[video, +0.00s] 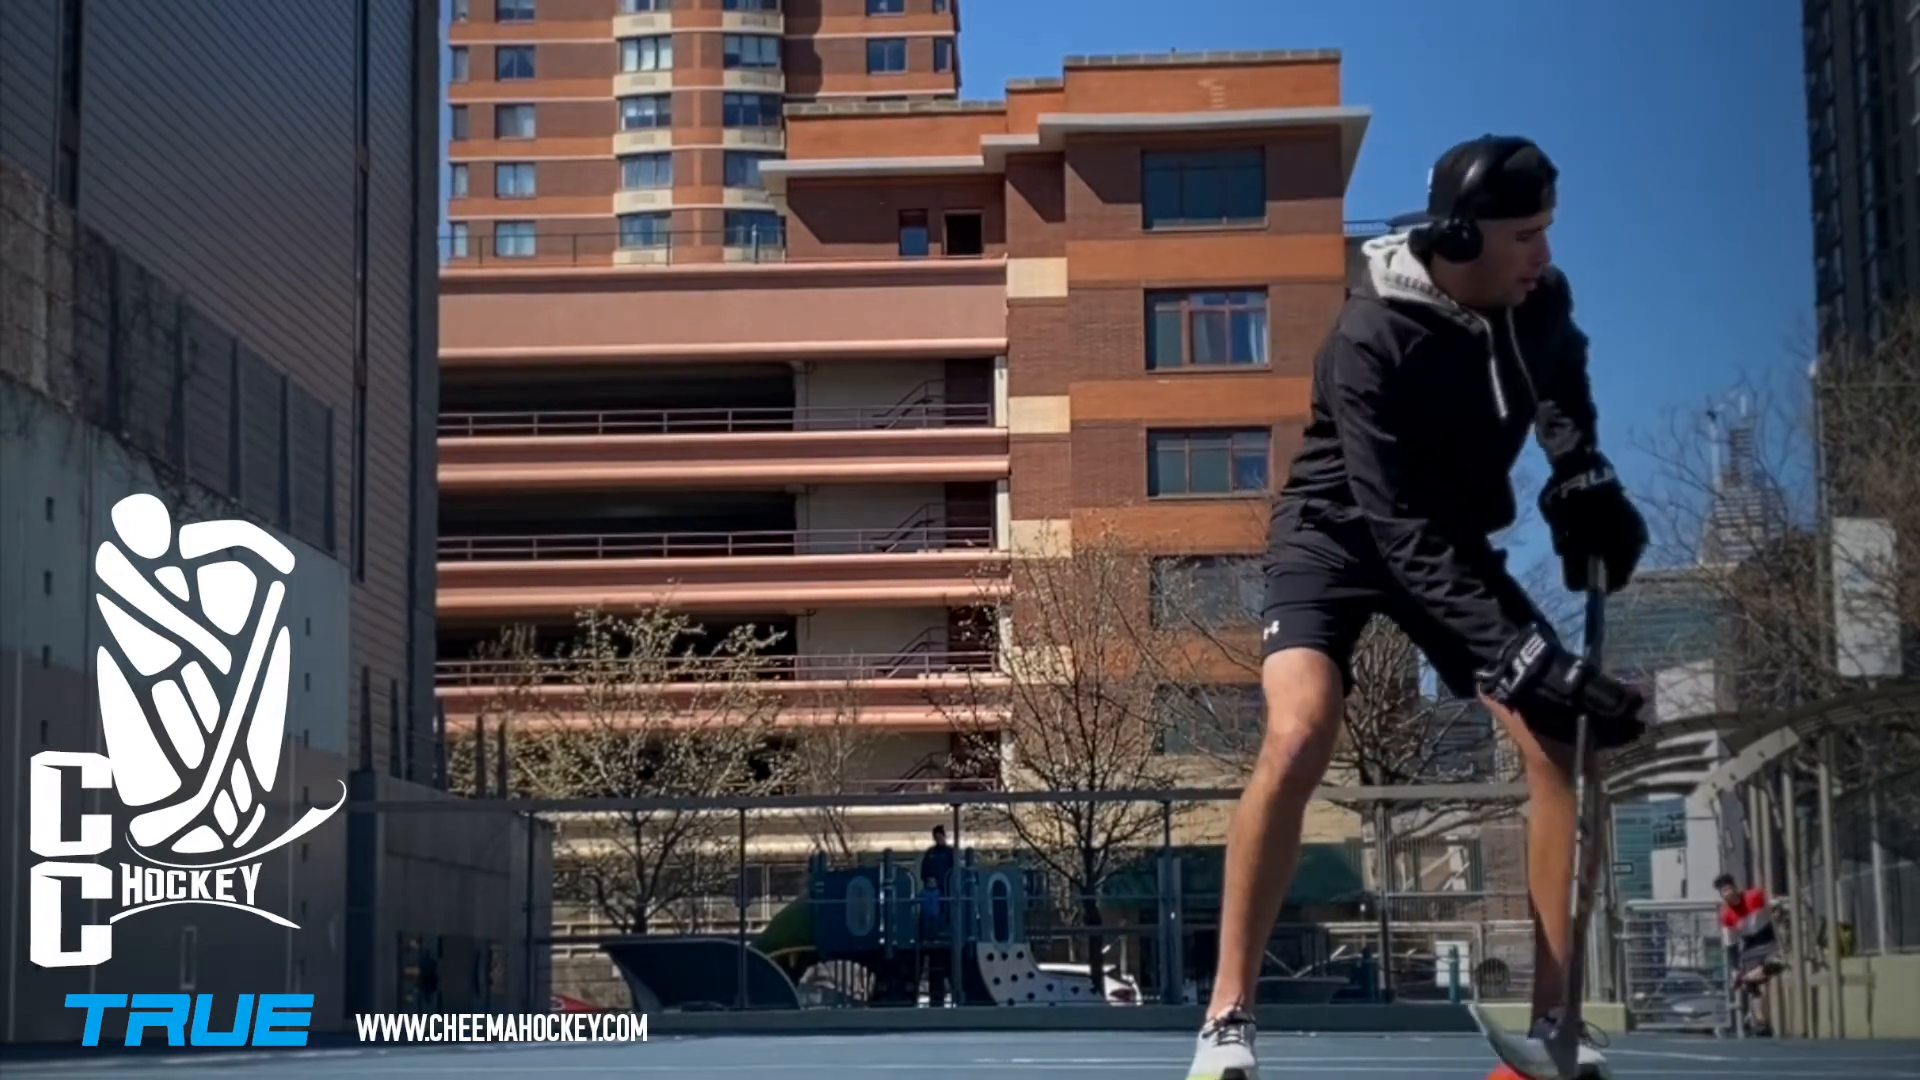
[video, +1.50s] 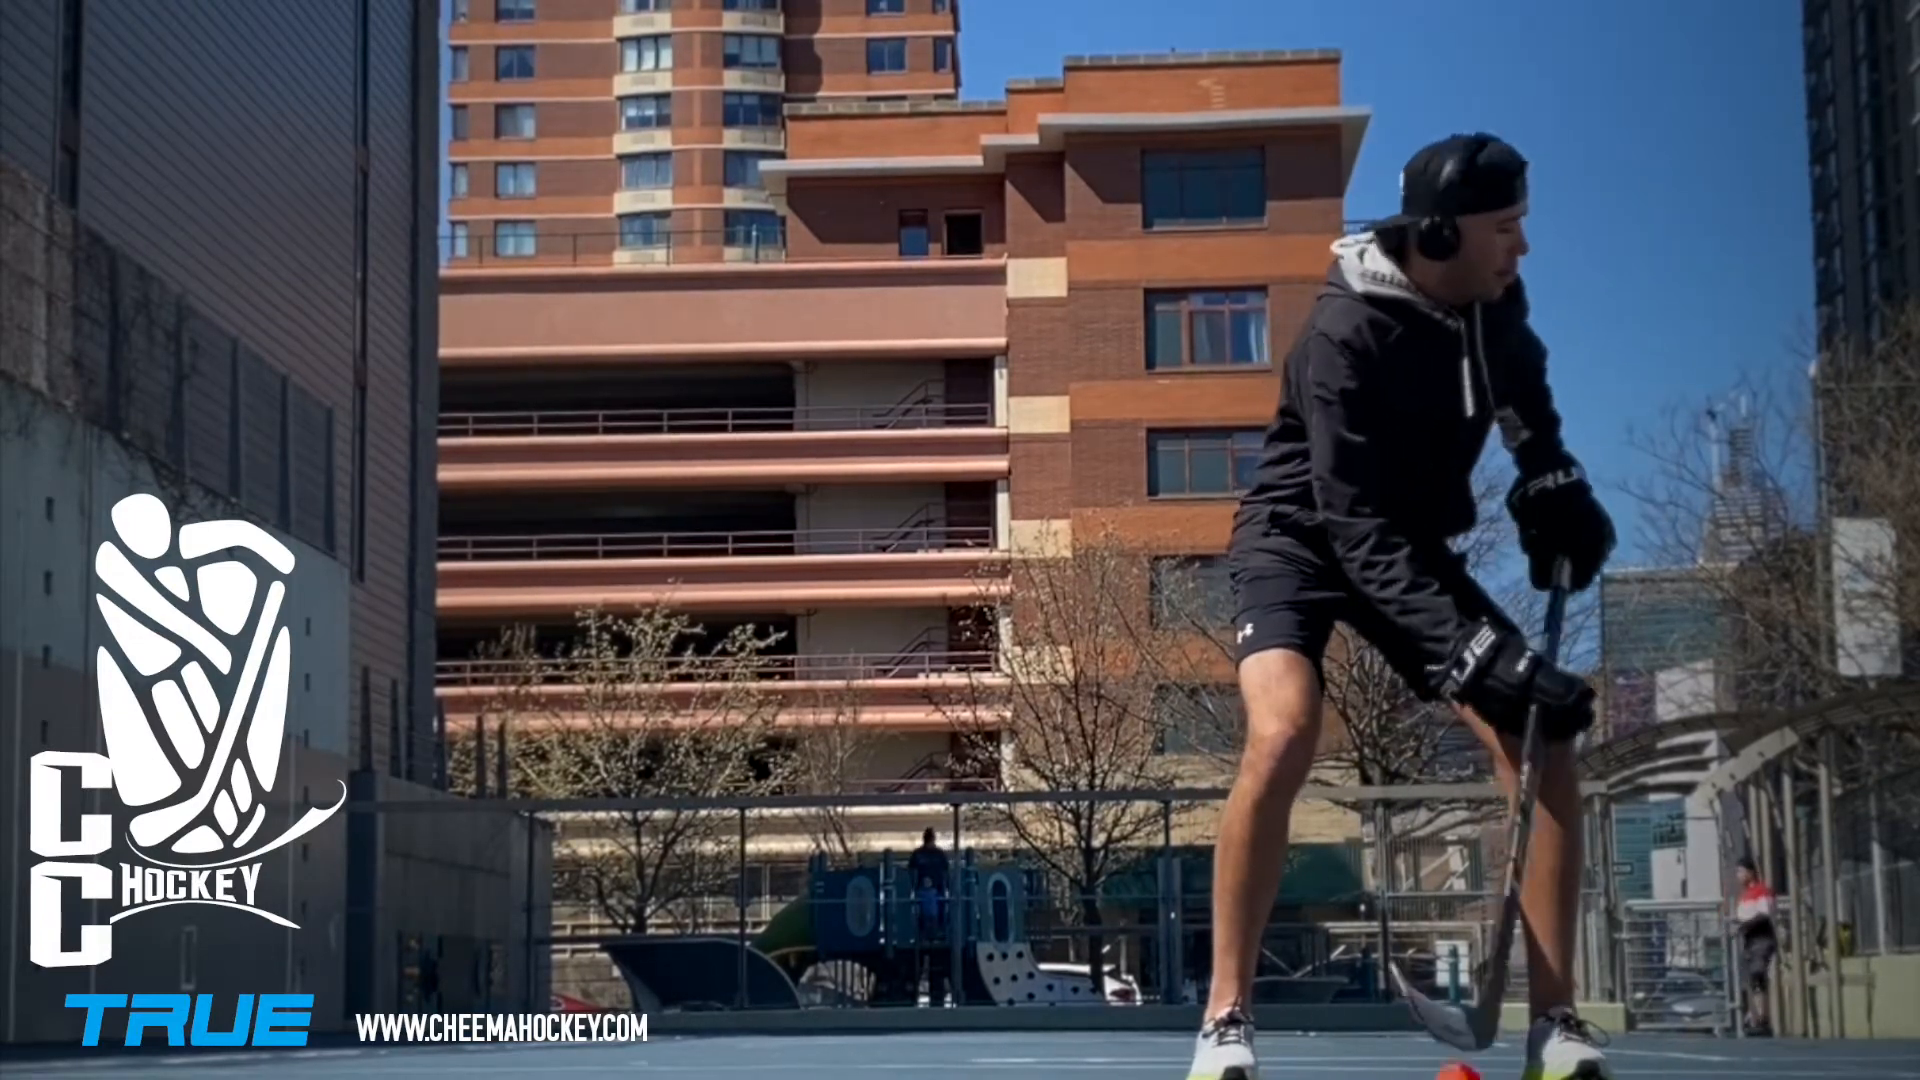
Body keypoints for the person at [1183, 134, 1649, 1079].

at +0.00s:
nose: (1543, 255)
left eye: (1546, 234)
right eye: (1525, 238)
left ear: (1534, 230)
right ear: (1462, 240)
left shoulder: (1537, 301)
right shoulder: (1372, 338)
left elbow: (1561, 391)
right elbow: (1404, 538)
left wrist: (1582, 478)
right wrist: (1544, 667)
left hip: (1455, 537)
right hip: (1335, 532)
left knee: (1557, 739)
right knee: (1298, 736)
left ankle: (1556, 1020)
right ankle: (1228, 1013)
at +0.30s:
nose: (1507, 259)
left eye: (1510, 238)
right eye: (1490, 242)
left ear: (1504, 234)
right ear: (1427, 242)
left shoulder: (1507, 305)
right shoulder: (1335, 339)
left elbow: (1553, 375)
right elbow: (1347, 524)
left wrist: (1585, 472)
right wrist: (1479, 640)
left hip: (1428, 540)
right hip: (1306, 531)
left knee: (1547, 738)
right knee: (1277, 737)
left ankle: (1556, 1020)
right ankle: (1225, 1015)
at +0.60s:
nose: (1487, 246)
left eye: (1487, 228)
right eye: (1472, 232)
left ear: (1457, 233)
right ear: (1407, 243)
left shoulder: (1480, 302)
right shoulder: (1308, 340)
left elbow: (1526, 386)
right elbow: (1308, 527)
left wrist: (1559, 480)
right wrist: (1406, 645)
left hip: (1413, 539)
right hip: (1291, 538)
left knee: (1532, 726)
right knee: (1266, 735)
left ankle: (1557, 1015)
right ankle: (1224, 1011)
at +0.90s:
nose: (1501, 252)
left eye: (1501, 236)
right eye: (1490, 237)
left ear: (1439, 238)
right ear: (1436, 242)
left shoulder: (1473, 309)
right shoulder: (1321, 331)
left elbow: (1510, 400)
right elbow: (1355, 535)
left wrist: (1528, 474)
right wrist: (1499, 662)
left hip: (1399, 537)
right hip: (1283, 532)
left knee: (1517, 743)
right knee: (1267, 734)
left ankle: (1556, 1017)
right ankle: (1224, 1014)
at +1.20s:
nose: (1545, 255)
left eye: (1547, 238)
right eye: (1538, 238)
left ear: (1480, 236)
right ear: (1485, 240)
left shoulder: (1493, 309)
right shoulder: (1349, 324)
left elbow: (1525, 403)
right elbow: (1337, 520)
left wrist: (1563, 486)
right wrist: (1435, 643)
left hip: (1404, 542)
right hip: (1289, 532)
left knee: (1535, 732)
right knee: (1282, 739)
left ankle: (1553, 1022)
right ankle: (1226, 1016)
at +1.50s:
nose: (1522, 243)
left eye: (1521, 225)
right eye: (1506, 227)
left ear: (1463, 234)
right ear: (1441, 236)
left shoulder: (1491, 294)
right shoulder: (1346, 336)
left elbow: (1521, 385)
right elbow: (1362, 537)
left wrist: (1549, 477)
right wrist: (1490, 658)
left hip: (1412, 542)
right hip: (1297, 534)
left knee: (1539, 743)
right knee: (1282, 736)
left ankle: (1554, 1020)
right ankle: (1226, 1014)